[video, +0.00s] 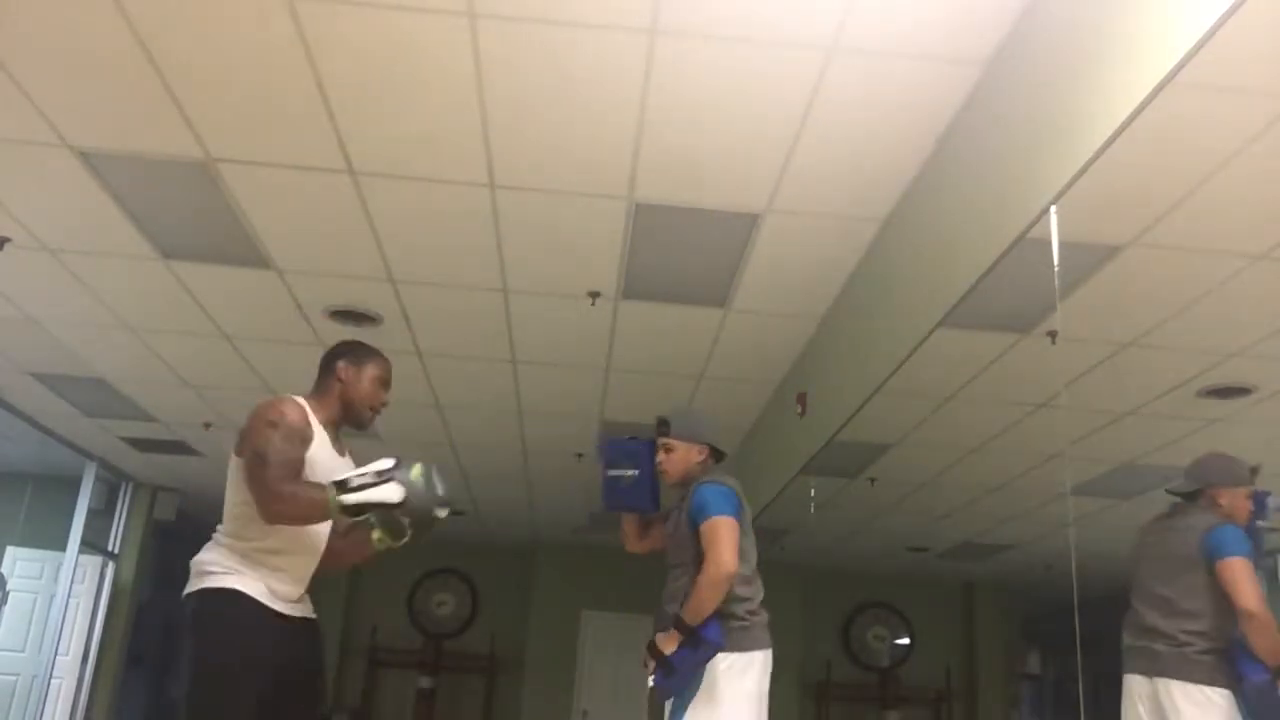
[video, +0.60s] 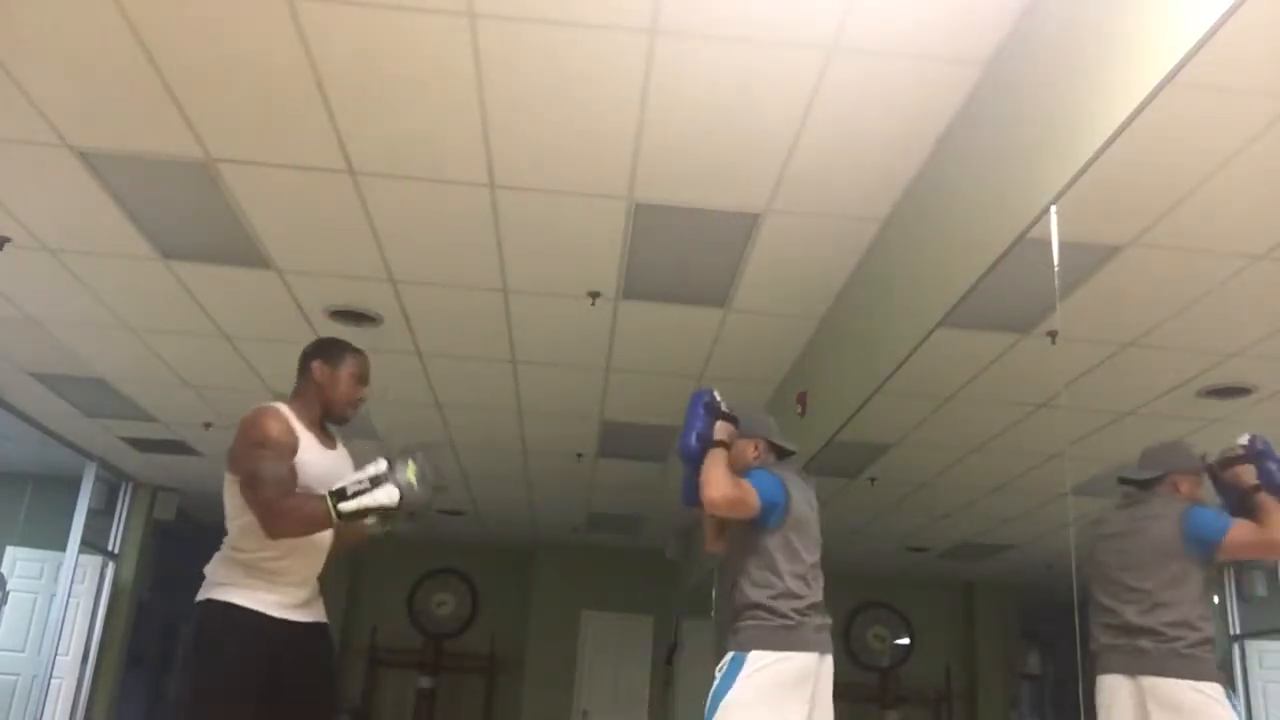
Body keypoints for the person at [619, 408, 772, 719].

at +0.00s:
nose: (658, 459)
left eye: (668, 450)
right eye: (659, 450)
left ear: (700, 453)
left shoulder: (711, 492)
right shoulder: (692, 501)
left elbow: (721, 568)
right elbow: (637, 541)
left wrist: (676, 632)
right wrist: (630, 475)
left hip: (727, 655)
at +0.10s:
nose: (676, 460)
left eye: (685, 450)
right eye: (677, 451)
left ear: (716, 454)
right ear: (715, 456)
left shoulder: (726, 493)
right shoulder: (711, 498)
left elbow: (730, 570)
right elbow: (653, 542)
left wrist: (682, 631)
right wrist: (649, 474)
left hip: (733, 656)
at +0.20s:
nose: (692, 464)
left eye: (701, 455)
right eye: (692, 456)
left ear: (733, 460)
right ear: (732, 462)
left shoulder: (739, 499)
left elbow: (745, 574)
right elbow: (671, 549)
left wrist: (690, 628)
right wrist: (666, 483)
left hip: (745, 658)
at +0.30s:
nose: (703, 466)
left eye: (712, 456)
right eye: (704, 457)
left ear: (744, 458)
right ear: (744, 460)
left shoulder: (753, 498)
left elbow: (764, 564)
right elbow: (691, 552)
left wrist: (703, 590)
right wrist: (684, 489)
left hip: (757, 658)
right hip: (792, 658)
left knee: (704, 712)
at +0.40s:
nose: (713, 464)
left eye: (722, 454)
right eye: (713, 455)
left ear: (752, 455)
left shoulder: (765, 488)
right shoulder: (782, 489)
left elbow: (763, 542)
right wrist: (688, 495)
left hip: (766, 651)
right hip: (803, 652)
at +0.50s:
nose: (723, 457)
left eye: (730, 448)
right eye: (723, 449)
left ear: (757, 452)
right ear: (756, 453)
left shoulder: (775, 484)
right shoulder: (793, 487)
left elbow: (741, 517)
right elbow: (709, 544)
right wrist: (703, 476)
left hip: (769, 647)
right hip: (808, 648)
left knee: (725, 712)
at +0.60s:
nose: (729, 457)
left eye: (733, 447)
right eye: (728, 448)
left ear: (755, 448)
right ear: (762, 448)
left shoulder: (772, 483)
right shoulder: (799, 486)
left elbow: (718, 495)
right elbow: (716, 542)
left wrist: (720, 442)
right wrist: (703, 472)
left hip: (770, 651)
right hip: (811, 650)